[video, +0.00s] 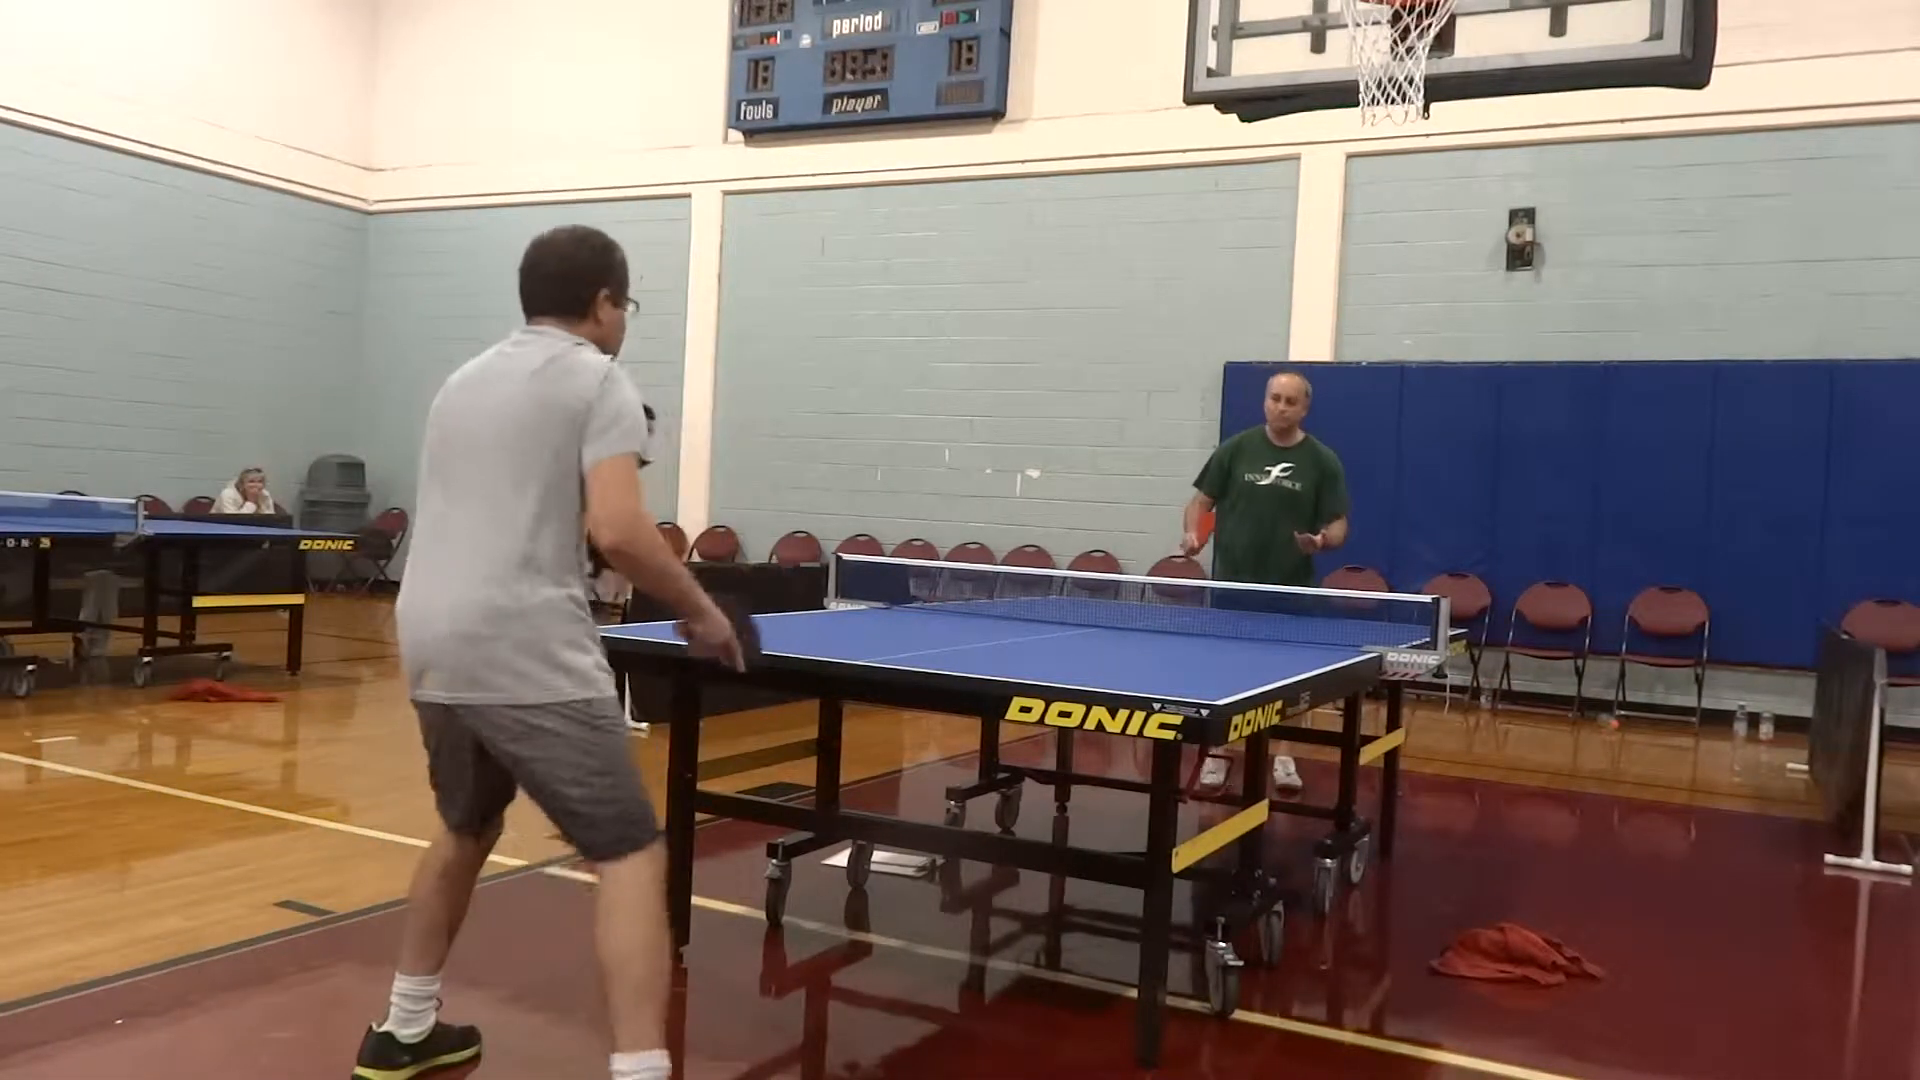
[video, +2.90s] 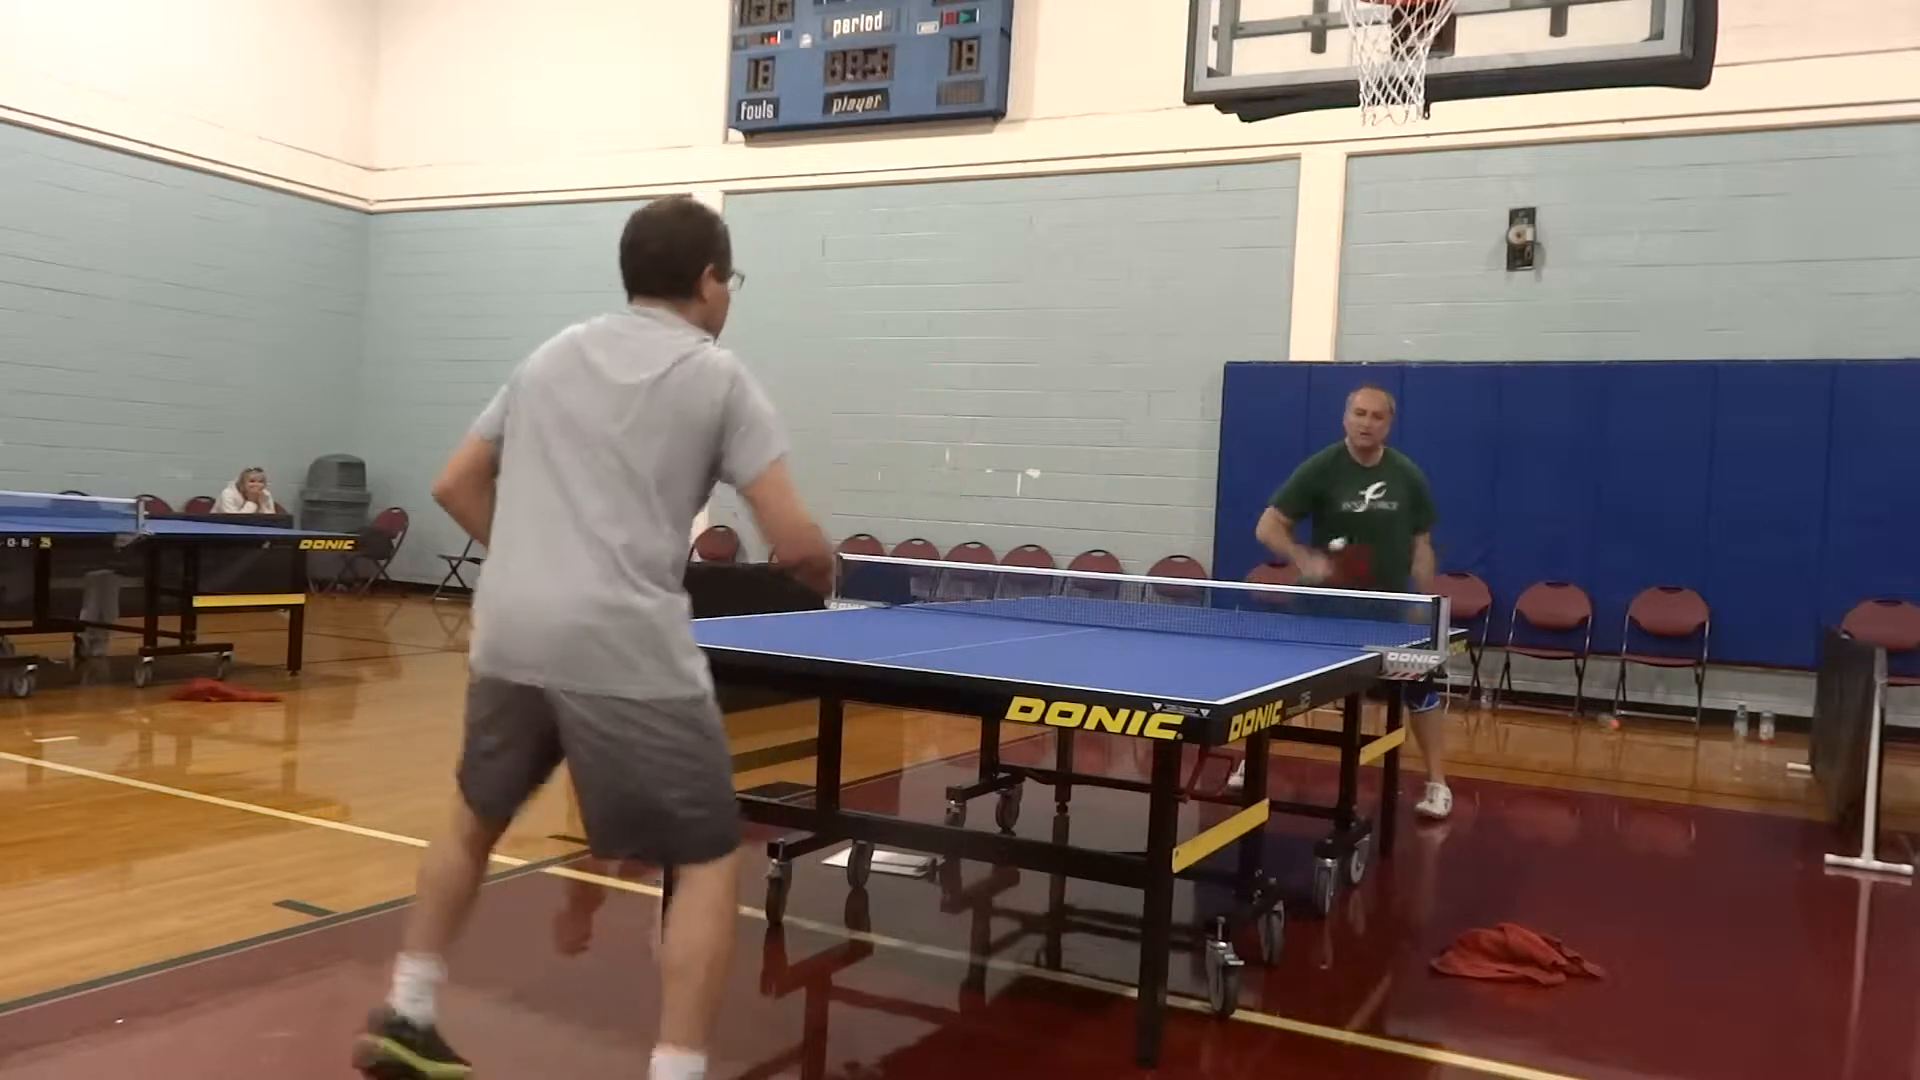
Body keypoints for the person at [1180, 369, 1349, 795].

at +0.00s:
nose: (1280, 407)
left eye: (1290, 401)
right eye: (1275, 399)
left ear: (1305, 408)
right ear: (1265, 401)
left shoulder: (1323, 461)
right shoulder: (1235, 449)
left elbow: (1338, 524)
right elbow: (1200, 501)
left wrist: (1321, 540)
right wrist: (1191, 532)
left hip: (1290, 592)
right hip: (1232, 586)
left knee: (1289, 671)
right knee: (1225, 663)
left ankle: (1283, 753)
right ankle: (1217, 752)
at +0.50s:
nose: (1245, 442)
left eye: (1255, 434)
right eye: (1238, 432)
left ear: (1269, 434)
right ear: (1226, 429)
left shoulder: (1286, 478)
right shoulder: (1197, 468)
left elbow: (1298, 546)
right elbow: (1159, 526)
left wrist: (1291, 573)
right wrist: (1152, 585)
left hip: (1263, 596)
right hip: (1205, 592)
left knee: (1283, 666)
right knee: (1203, 671)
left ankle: (1289, 745)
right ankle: (1207, 757)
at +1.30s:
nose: (1268, 413)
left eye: (1276, 405)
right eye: (1260, 404)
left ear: (1284, 410)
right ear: (1241, 408)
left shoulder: (1300, 457)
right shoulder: (1212, 454)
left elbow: (1316, 520)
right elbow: (1182, 521)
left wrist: (1326, 518)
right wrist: (1215, 564)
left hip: (1278, 583)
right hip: (1219, 582)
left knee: (1298, 661)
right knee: (1214, 664)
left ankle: (1301, 748)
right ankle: (1210, 756)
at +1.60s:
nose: (1282, 426)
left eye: (1288, 417)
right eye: (1273, 417)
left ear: (1295, 420)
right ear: (1253, 419)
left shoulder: (1311, 466)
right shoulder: (1230, 464)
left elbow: (1334, 533)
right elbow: (1229, 537)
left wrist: (1356, 572)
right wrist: (1284, 560)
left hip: (1292, 594)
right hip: (1232, 591)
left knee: (1306, 671)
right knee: (1222, 668)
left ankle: (1300, 754)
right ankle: (1211, 757)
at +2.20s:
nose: (1288, 410)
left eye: (1298, 403)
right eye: (1281, 402)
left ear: (1313, 412)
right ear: (1270, 410)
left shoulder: (1343, 461)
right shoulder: (1247, 466)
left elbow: (1373, 518)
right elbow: (1231, 526)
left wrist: (1379, 573)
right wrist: (1241, 566)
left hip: (1333, 596)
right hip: (1268, 597)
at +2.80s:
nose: (1360, 416)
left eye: (1371, 409)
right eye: (1354, 407)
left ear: (1385, 416)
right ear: (1341, 411)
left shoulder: (1412, 468)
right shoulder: (1317, 463)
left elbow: (1435, 534)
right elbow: (1271, 523)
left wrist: (1404, 572)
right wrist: (1296, 565)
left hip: (1388, 610)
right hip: (1321, 606)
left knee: (1424, 685)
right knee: (1272, 676)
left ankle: (1437, 780)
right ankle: (1252, 763)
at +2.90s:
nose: (1366, 423)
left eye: (1376, 416)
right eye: (1359, 414)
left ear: (1390, 423)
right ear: (1345, 418)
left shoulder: (1408, 477)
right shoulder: (1320, 469)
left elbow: (1421, 544)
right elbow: (1268, 527)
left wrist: (1424, 607)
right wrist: (1301, 557)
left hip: (1391, 614)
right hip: (1323, 611)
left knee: (1423, 686)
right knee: (1275, 679)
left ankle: (1436, 781)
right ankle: (1252, 761)